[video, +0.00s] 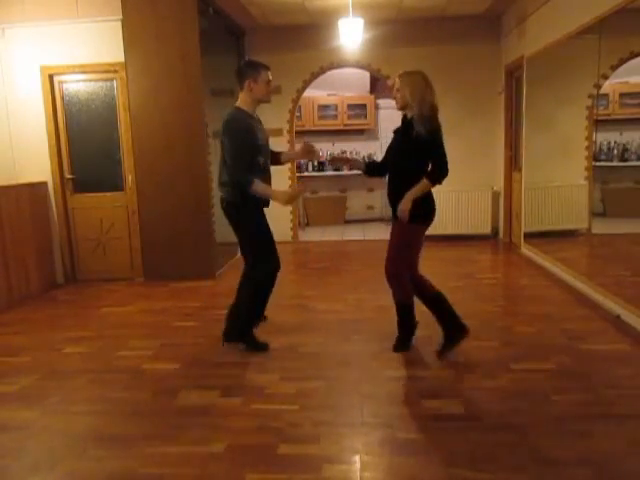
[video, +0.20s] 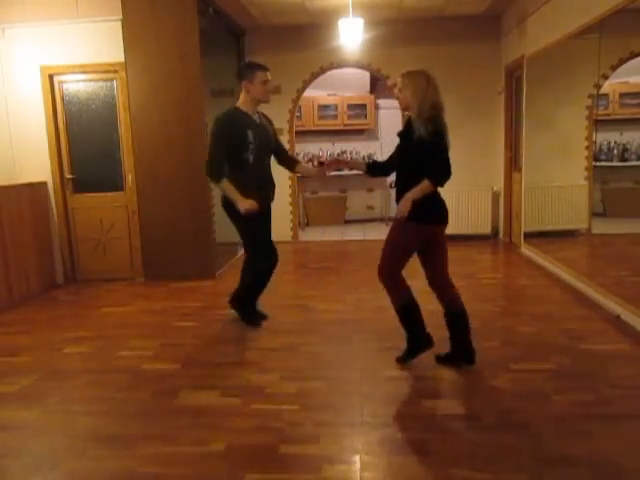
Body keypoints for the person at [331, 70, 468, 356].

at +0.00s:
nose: (394, 94)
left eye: (398, 89)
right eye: (394, 89)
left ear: (413, 91)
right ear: (405, 93)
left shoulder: (425, 124)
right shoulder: (405, 127)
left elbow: (440, 170)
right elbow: (383, 168)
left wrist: (410, 196)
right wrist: (353, 163)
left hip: (416, 207)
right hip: (404, 206)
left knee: (396, 270)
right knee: (407, 272)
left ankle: (405, 330)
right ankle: (453, 326)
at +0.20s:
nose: (397, 95)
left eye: (401, 89)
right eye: (397, 90)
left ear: (416, 92)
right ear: (414, 94)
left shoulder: (427, 126)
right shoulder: (414, 128)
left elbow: (441, 172)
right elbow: (387, 168)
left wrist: (409, 197)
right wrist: (351, 163)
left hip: (419, 213)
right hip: (429, 211)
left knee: (388, 271)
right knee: (439, 279)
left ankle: (418, 337)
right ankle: (462, 347)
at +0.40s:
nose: (396, 94)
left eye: (401, 88)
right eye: (396, 88)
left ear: (416, 91)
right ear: (416, 91)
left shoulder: (423, 126)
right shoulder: (413, 125)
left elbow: (424, 180)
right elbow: (395, 165)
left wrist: (399, 202)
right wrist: (355, 164)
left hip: (421, 212)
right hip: (419, 210)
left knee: (408, 280)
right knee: (412, 278)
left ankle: (435, 350)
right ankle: (445, 335)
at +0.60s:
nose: (395, 91)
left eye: (400, 86)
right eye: (395, 86)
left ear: (416, 88)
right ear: (410, 89)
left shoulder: (422, 125)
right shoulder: (410, 123)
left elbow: (422, 177)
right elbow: (395, 162)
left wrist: (398, 203)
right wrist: (359, 164)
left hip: (419, 208)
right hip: (410, 207)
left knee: (411, 272)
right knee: (405, 268)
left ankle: (436, 352)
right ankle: (426, 325)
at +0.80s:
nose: (394, 91)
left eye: (399, 86)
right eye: (394, 86)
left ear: (414, 90)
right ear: (409, 90)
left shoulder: (423, 126)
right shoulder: (407, 124)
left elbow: (434, 177)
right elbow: (395, 161)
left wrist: (407, 204)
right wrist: (360, 161)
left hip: (418, 208)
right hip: (412, 208)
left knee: (394, 270)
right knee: (410, 266)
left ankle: (434, 325)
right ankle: (427, 320)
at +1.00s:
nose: (393, 95)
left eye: (398, 90)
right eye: (394, 90)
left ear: (412, 93)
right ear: (413, 94)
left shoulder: (423, 127)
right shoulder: (409, 126)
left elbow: (431, 180)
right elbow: (392, 167)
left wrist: (404, 207)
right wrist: (352, 174)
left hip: (420, 207)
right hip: (412, 206)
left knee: (388, 268)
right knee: (412, 266)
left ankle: (451, 282)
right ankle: (427, 324)